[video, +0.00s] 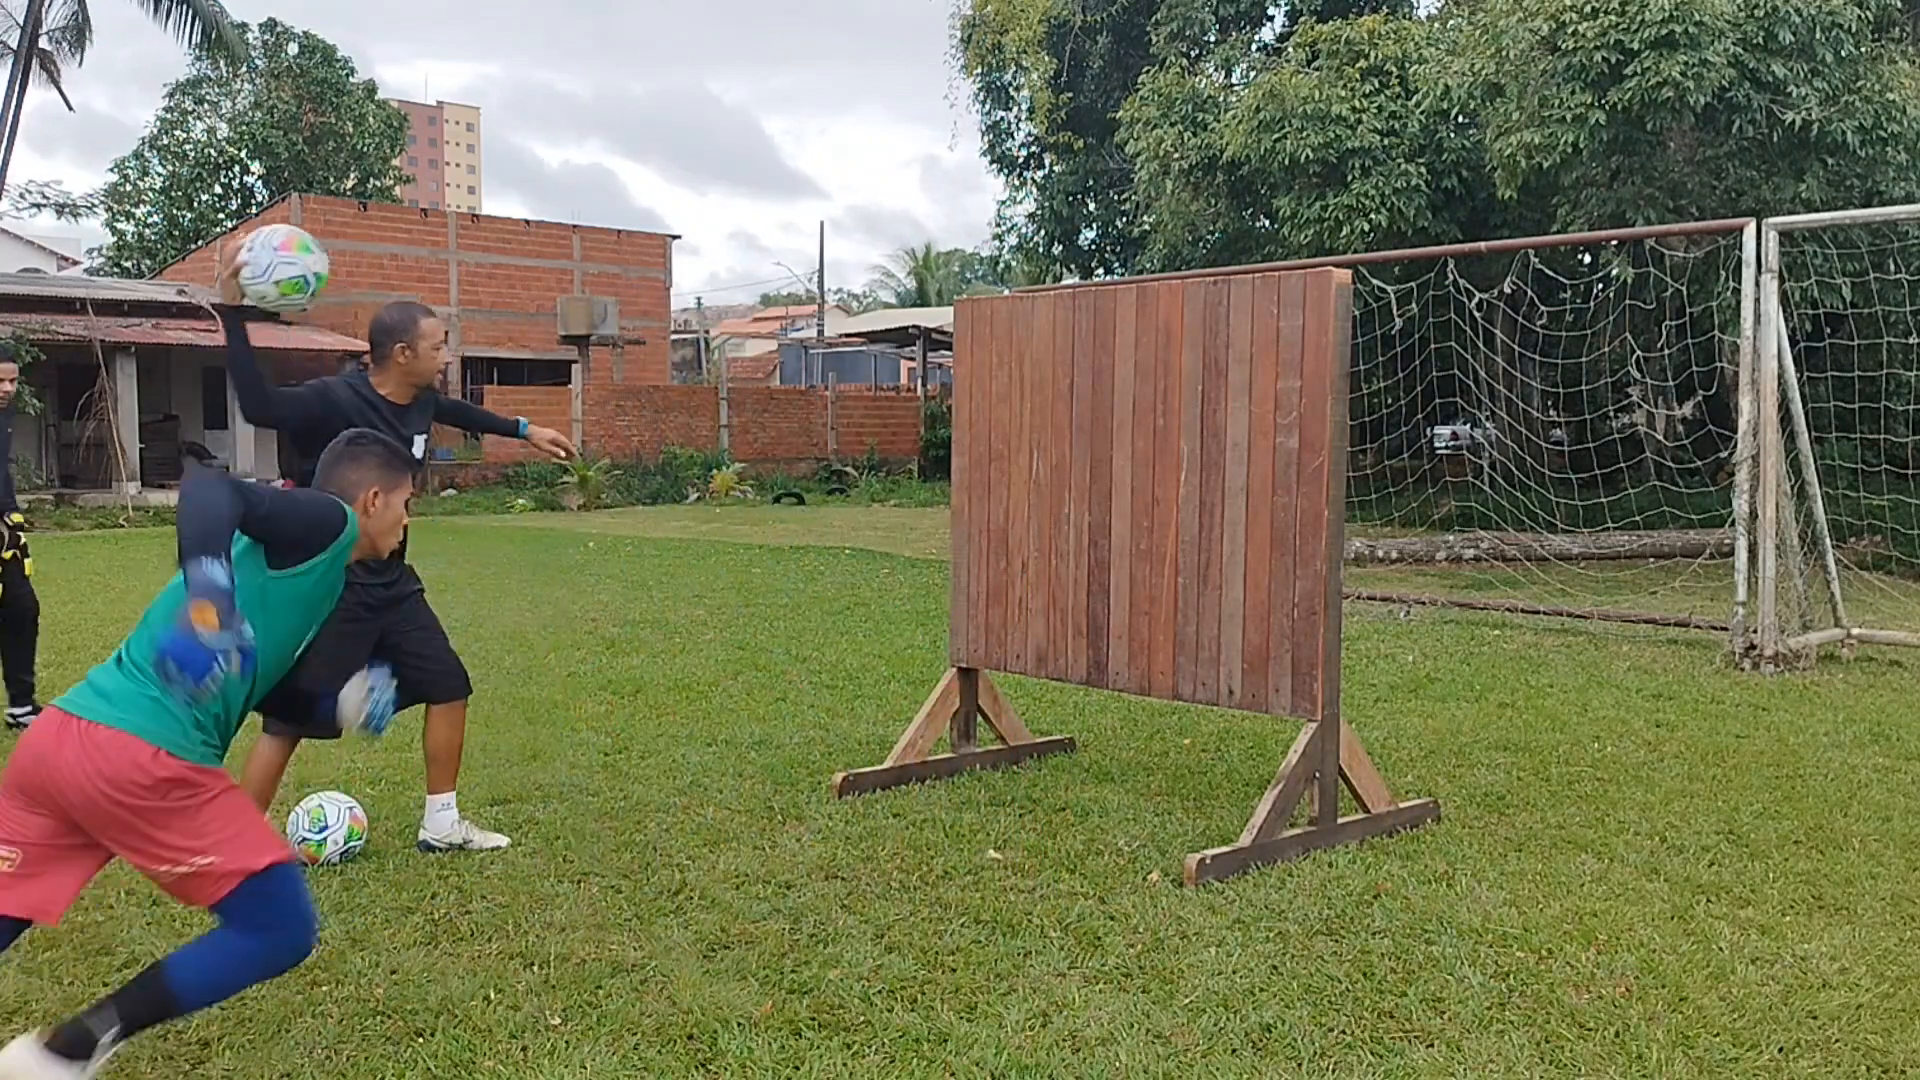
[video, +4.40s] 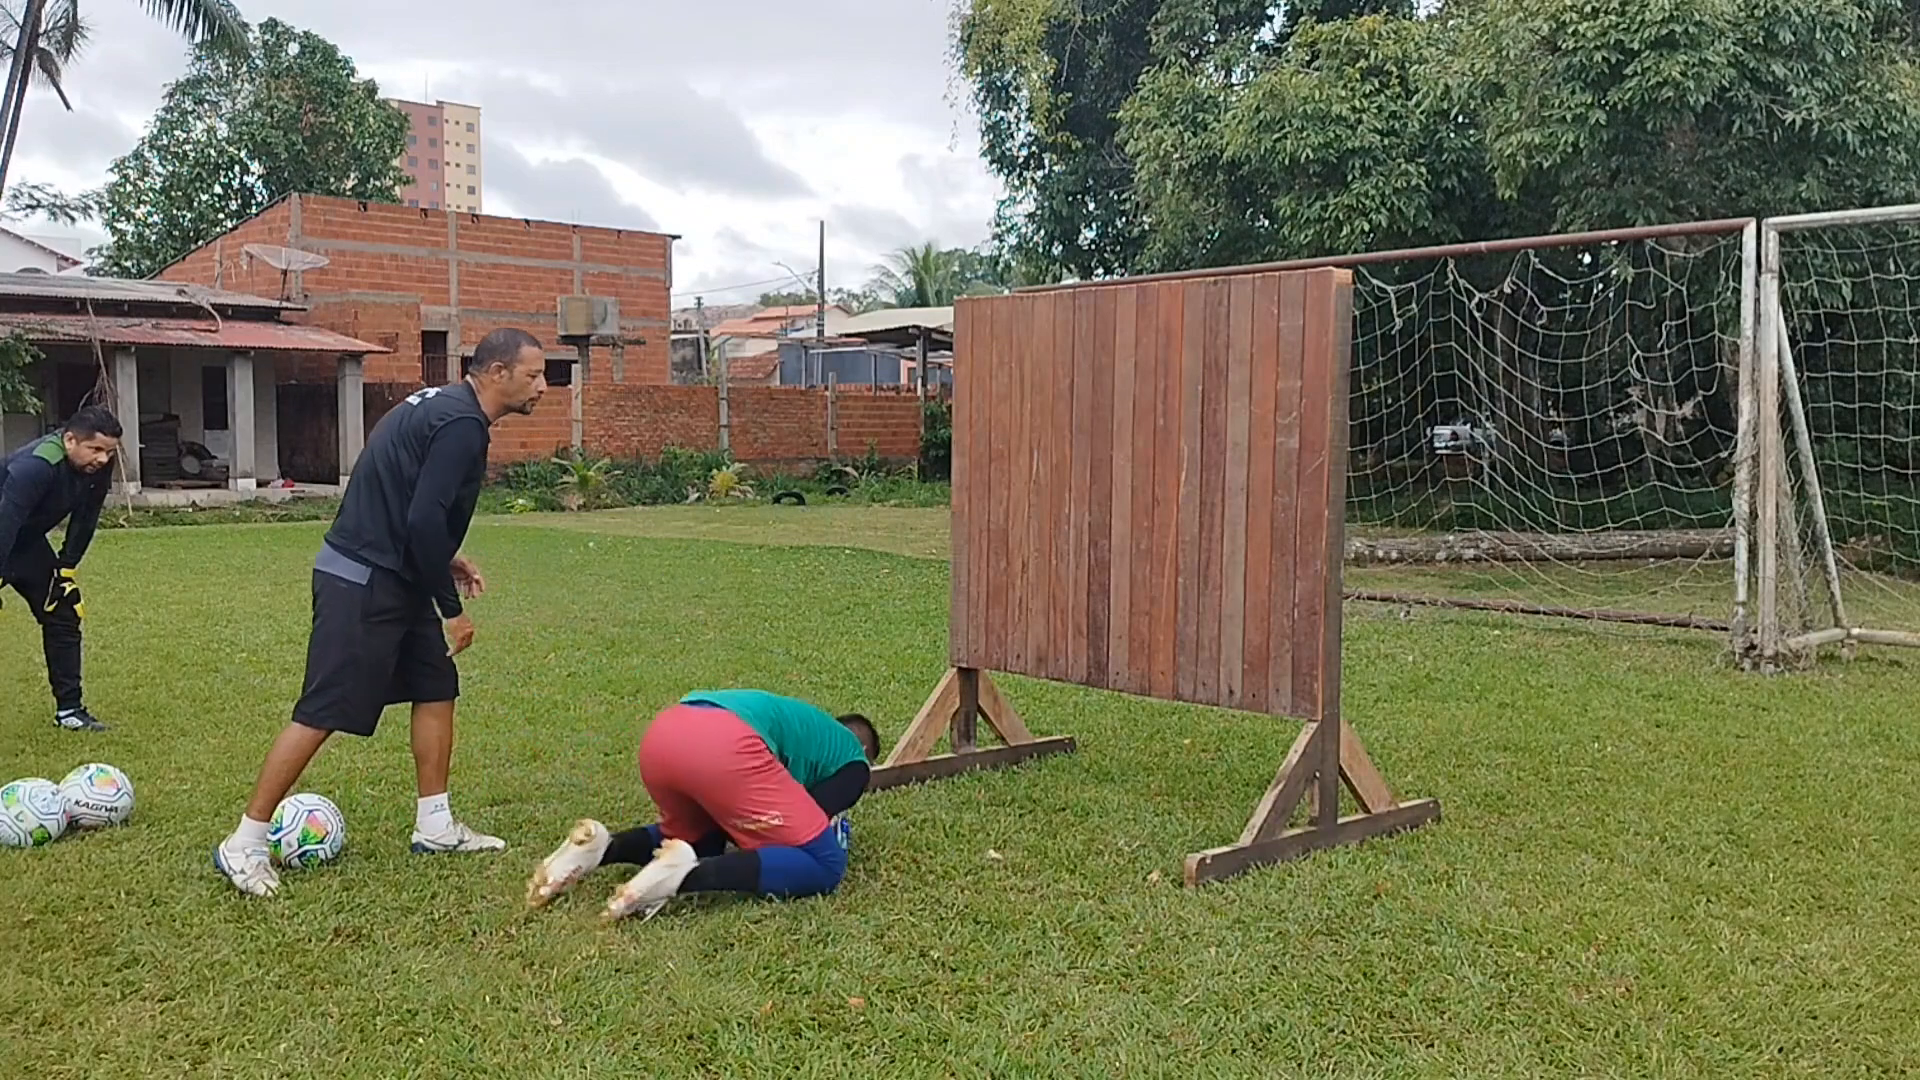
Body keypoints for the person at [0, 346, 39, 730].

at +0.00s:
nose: (8, 387)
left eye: (12, 381)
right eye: (3, 380)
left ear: (18, 383)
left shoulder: (8, 421)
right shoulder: (4, 422)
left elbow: (7, 473)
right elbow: (6, 474)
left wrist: (13, 516)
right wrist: (10, 519)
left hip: (7, 528)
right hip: (3, 528)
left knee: (23, 607)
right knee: (21, 608)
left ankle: (21, 703)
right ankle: (20, 704)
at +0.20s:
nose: (45, 405)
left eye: (50, 396)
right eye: (35, 396)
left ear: (56, 395)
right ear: (8, 398)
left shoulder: (57, 430)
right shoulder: (1, 433)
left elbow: (57, 492)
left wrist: (53, 548)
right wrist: (1, 564)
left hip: (24, 547)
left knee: (52, 625)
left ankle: (67, 709)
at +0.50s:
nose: (88, 435)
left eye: (93, 426)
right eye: (79, 425)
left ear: (99, 425)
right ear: (51, 421)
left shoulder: (90, 451)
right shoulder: (15, 453)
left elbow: (82, 507)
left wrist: (67, 560)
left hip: (30, 540)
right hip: (5, 541)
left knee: (61, 616)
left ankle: (68, 710)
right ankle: (67, 709)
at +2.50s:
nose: (100, 457)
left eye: (106, 449)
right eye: (93, 447)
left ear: (112, 448)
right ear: (66, 440)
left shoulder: (98, 467)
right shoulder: (29, 468)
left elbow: (85, 521)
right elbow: (6, 530)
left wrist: (67, 568)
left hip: (24, 539)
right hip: (3, 540)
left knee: (64, 611)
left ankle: (70, 709)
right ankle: (68, 709)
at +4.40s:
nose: (103, 459)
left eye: (109, 452)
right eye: (96, 449)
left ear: (114, 450)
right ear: (70, 440)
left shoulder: (99, 467)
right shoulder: (34, 467)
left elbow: (85, 518)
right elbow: (7, 526)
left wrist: (67, 569)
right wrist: (3, 574)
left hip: (23, 536)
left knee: (62, 610)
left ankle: (70, 709)